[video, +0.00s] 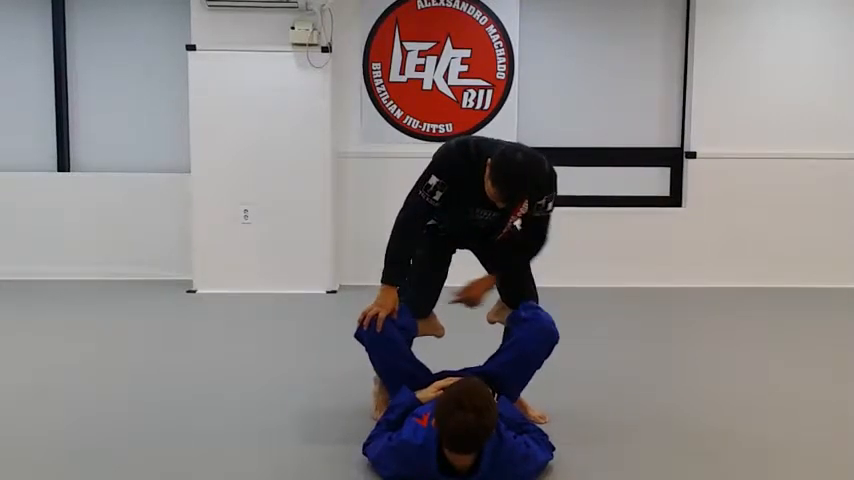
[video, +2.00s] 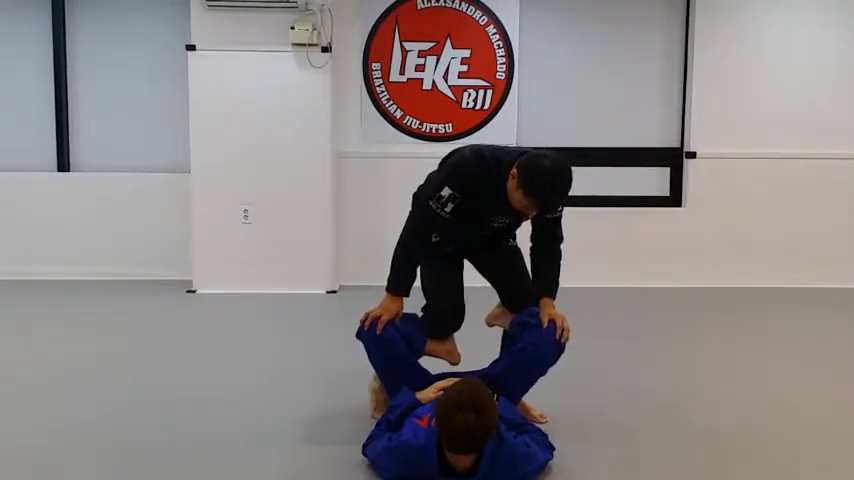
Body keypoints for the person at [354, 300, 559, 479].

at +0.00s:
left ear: (434, 421)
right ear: (495, 422)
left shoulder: (407, 452)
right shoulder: (514, 457)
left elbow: (374, 443)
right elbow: (542, 443)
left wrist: (413, 397)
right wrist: (503, 403)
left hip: (423, 394)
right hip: (491, 391)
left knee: (374, 325)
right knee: (543, 328)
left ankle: (420, 319)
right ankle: (508, 308)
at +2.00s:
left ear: (436, 421)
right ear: (496, 420)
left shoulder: (408, 452)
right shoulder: (515, 456)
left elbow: (373, 444)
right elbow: (539, 440)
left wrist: (414, 398)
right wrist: (505, 404)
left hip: (423, 397)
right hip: (493, 394)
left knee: (374, 327)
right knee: (550, 331)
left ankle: (438, 343)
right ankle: (510, 315)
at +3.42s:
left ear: (438, 422)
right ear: (496, 426)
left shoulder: (408, 451)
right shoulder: (515, 457)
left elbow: (374, 444)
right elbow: (541, 444)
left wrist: (412, 397)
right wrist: (519, 413)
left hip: (429, 390)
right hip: (497, 395)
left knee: (398, 318)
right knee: (563, 349)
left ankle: (451, 315)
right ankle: (515, 316)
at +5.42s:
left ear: (437, 423)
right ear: (496, 425)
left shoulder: (405, 453)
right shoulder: (516, 456)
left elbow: (374, 443)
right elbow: (540, 441)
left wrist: (414, 397)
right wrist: (504, 403)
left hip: (426, 393)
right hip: (496, 394)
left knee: (404, 316)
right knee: (555, 339)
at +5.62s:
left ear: (438, 423)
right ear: (496, 424)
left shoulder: (406, 452)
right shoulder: (515, 456)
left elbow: (374, 443)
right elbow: (540, 442)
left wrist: (414, 397)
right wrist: (508, 405)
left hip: (429, 391)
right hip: (498, 395)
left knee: (412, 316)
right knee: (557, 343)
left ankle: (451, 320)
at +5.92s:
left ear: (439, 420)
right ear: (497, 427)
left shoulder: (410, 450)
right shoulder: (516, 456)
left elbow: (374, 443)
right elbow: (541, 442)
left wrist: (413, 397)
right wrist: (520, 412)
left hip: (428, 391)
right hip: (499, 397)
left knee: (418, 314)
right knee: (557, 344)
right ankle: (520, 311)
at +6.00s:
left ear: (439, 418)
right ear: (498, 423)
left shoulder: (409, 452)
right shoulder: (516, 456)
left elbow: (375, 443)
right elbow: (540, 440)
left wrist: (414, 397)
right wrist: (512, 407)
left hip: (428, 395)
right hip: (496, 395)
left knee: (421, 312)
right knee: (555, 344)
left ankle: (430, 287)